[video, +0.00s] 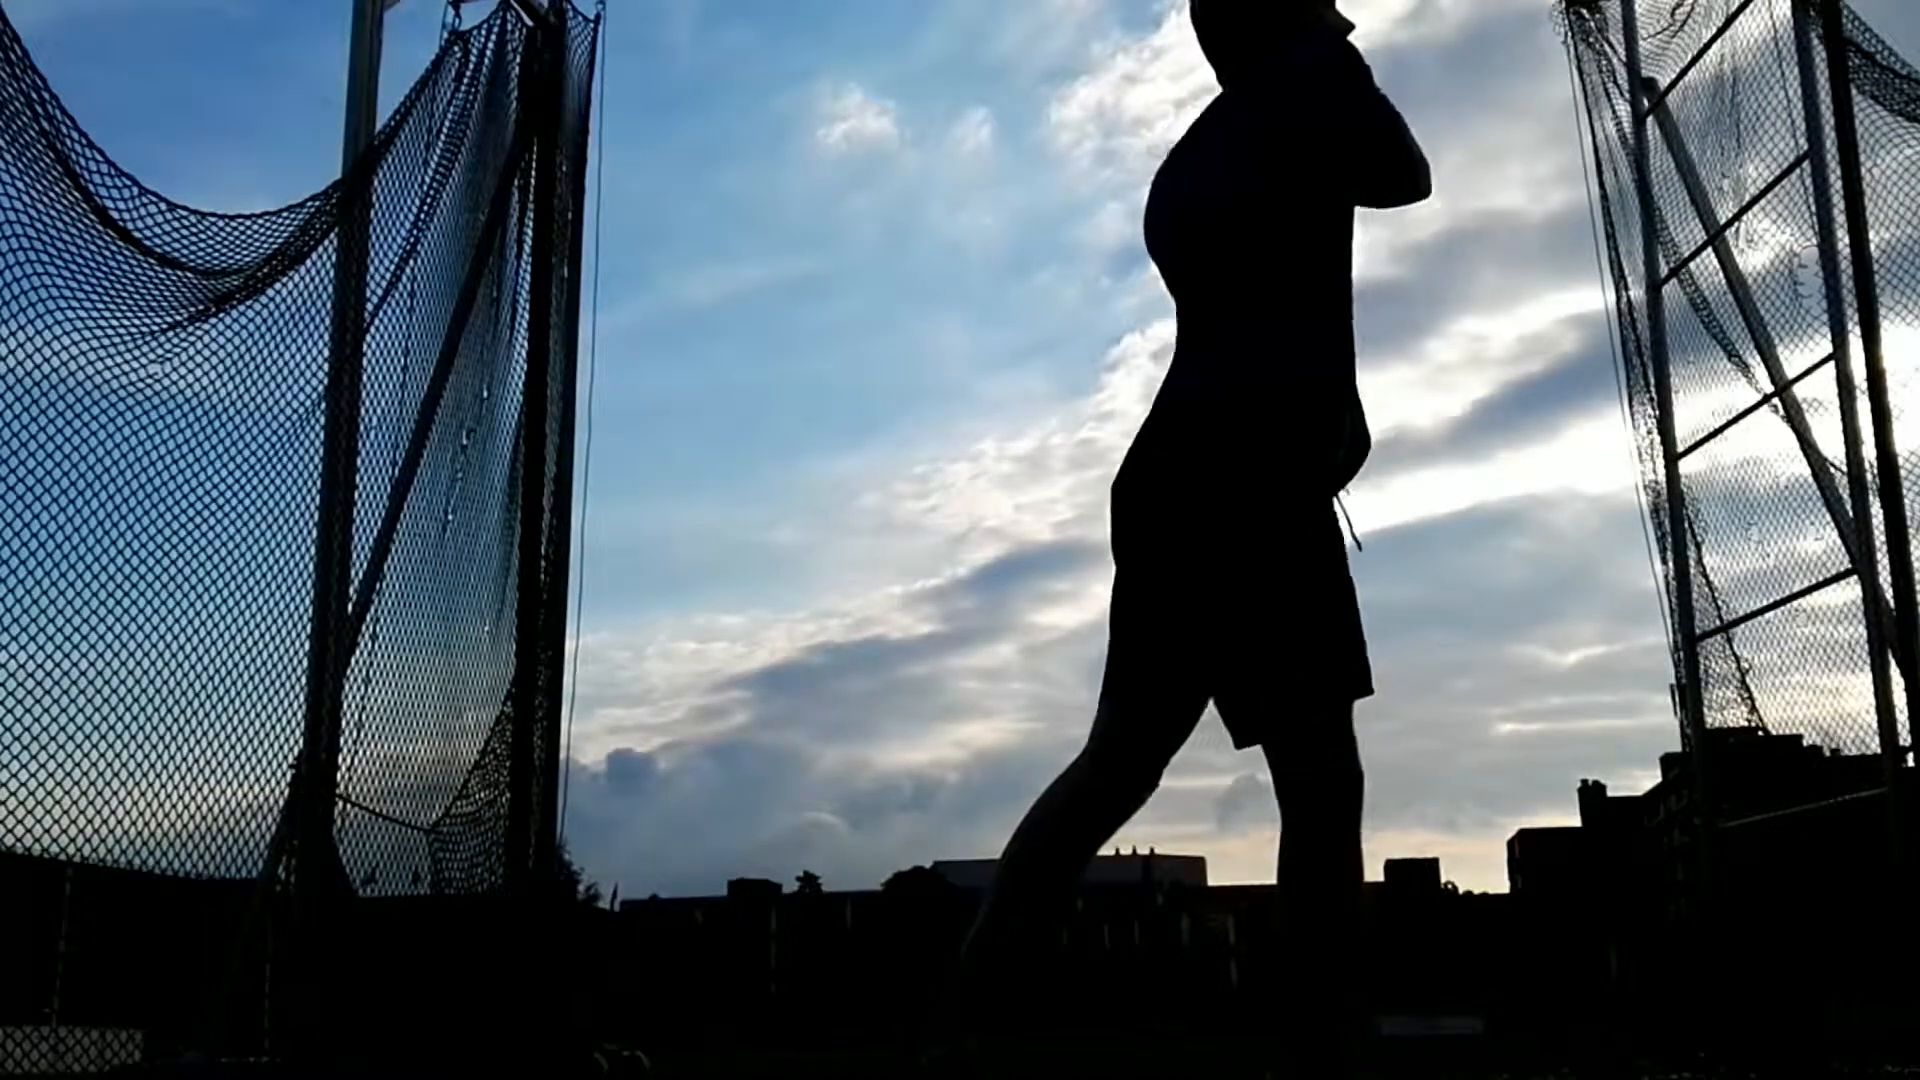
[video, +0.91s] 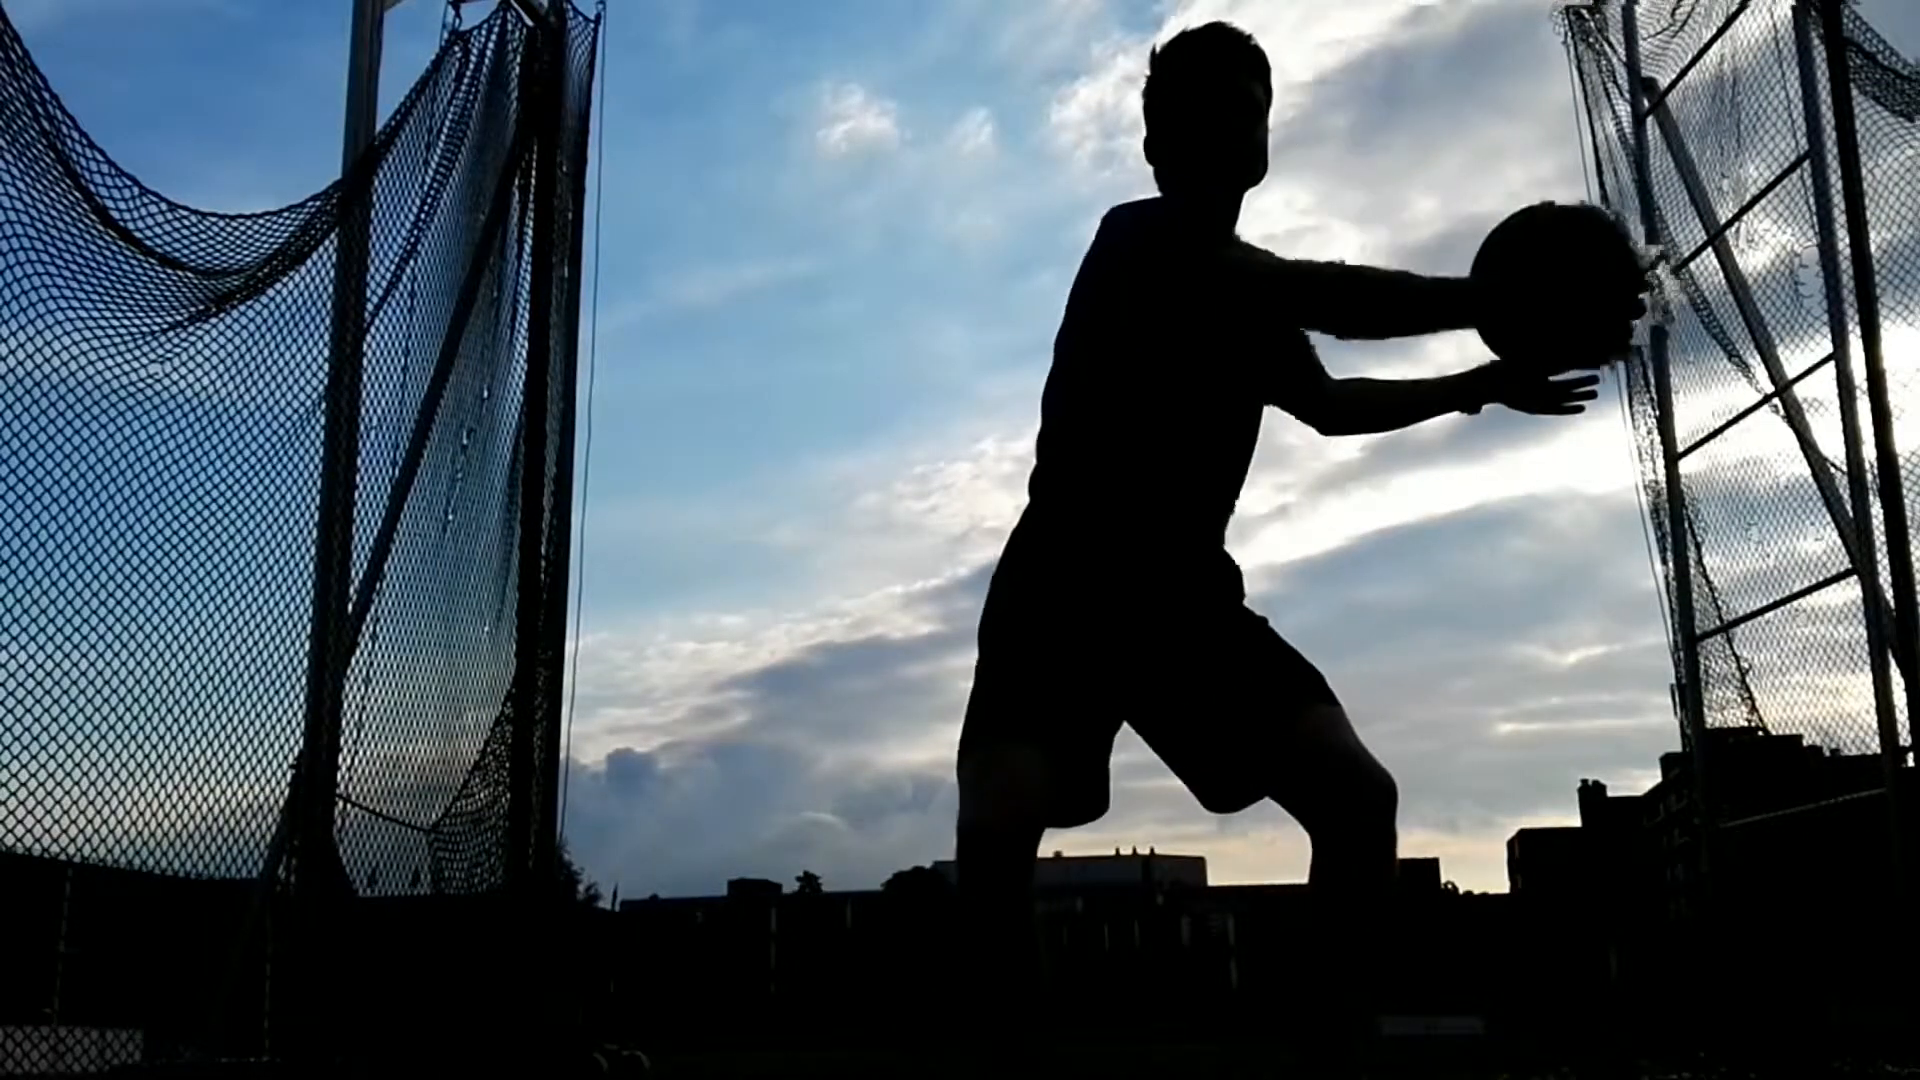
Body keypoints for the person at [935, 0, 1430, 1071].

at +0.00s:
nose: (1324, 39)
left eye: (1305, 25)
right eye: (1307, 23)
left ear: (1219, 36)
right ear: (1283, 33)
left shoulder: (1185, 164)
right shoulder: (1292, 122)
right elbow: (1399, 174)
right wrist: (1331, 53)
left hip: (1178, 487)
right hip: (1261, 491)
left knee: (1121, 760)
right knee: (1321, 781)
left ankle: (979, 989)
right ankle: (1321, 1028)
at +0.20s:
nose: (1341, 46)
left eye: (1335, 31)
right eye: (1328, 31)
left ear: (1236, 38)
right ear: (1290, 39)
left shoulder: (1246, 149)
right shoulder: (1271, 140)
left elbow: (1418, 201)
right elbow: (1428, 198)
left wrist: (1342, 105)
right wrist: (1345, 89)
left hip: (1133, 511)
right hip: (1225, 512)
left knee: (1080, 796)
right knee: (1318, 795)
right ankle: (1323, 1047)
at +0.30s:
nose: (1342, 42)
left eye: (1336, 26)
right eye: (1331, 24)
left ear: (1226, 31)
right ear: (1301, 25)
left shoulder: (1212, 140)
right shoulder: (1300, 99)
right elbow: (1429, 209)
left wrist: (1344, 271)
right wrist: (1347, 268)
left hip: (1110, 515)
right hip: (1221, 515)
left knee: (1067, 801)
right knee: (1320, 793)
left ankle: (992, 1042)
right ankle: (1326, 1044)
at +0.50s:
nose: (1328, 58)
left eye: (1324, 34)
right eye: (1311, 34)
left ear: (1223, 52)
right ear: (1262, 42)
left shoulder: (1197, 188)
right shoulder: (1265, 131)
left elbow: (1242, 414)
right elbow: (1419, 239)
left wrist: (1369, 359)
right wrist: (1523, 259)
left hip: (1074, 535)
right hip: (1191, 538)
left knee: (1035, 827)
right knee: (1331, 792)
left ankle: (1005, 1060)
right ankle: (1327, 1047)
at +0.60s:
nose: (1313, 72)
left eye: (1310, 47)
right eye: (1292, 45)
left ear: (1207, 66)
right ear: (1230, 58)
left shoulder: (1182, 199)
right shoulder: (1245, 159)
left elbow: (1230, 433)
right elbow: (1413, 250)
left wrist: (1375, 387)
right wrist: (1570, 277)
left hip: (1064, 549)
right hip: (1172, 551)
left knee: (1026, 842)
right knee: (1335, 793)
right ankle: (1332, 1052)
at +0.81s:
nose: (1283, 110)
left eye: (1283, 89)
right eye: (1264, 88)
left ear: (1197, 109)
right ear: (1211, 101)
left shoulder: (1206, 255)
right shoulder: (1188, 218)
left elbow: (1289, 420)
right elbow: (1383, 286)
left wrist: (1442, 397)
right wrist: (1568, 295)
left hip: (1170, 575)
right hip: (1089, 569)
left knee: (1346, 802)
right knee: (1007, 851)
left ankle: (1337, 1052)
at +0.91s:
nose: (1246, 136)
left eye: (1254, 112)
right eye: (1216, 112)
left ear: (1268, 130)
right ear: (1166, 125)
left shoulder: (1223, 271)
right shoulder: (1151, 246)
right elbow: (1321, 389)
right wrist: (1486, 368)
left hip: (1179, 589)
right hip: (1066, 583)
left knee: (1356, 801)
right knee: (995, 847)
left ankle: (1339, 1046)